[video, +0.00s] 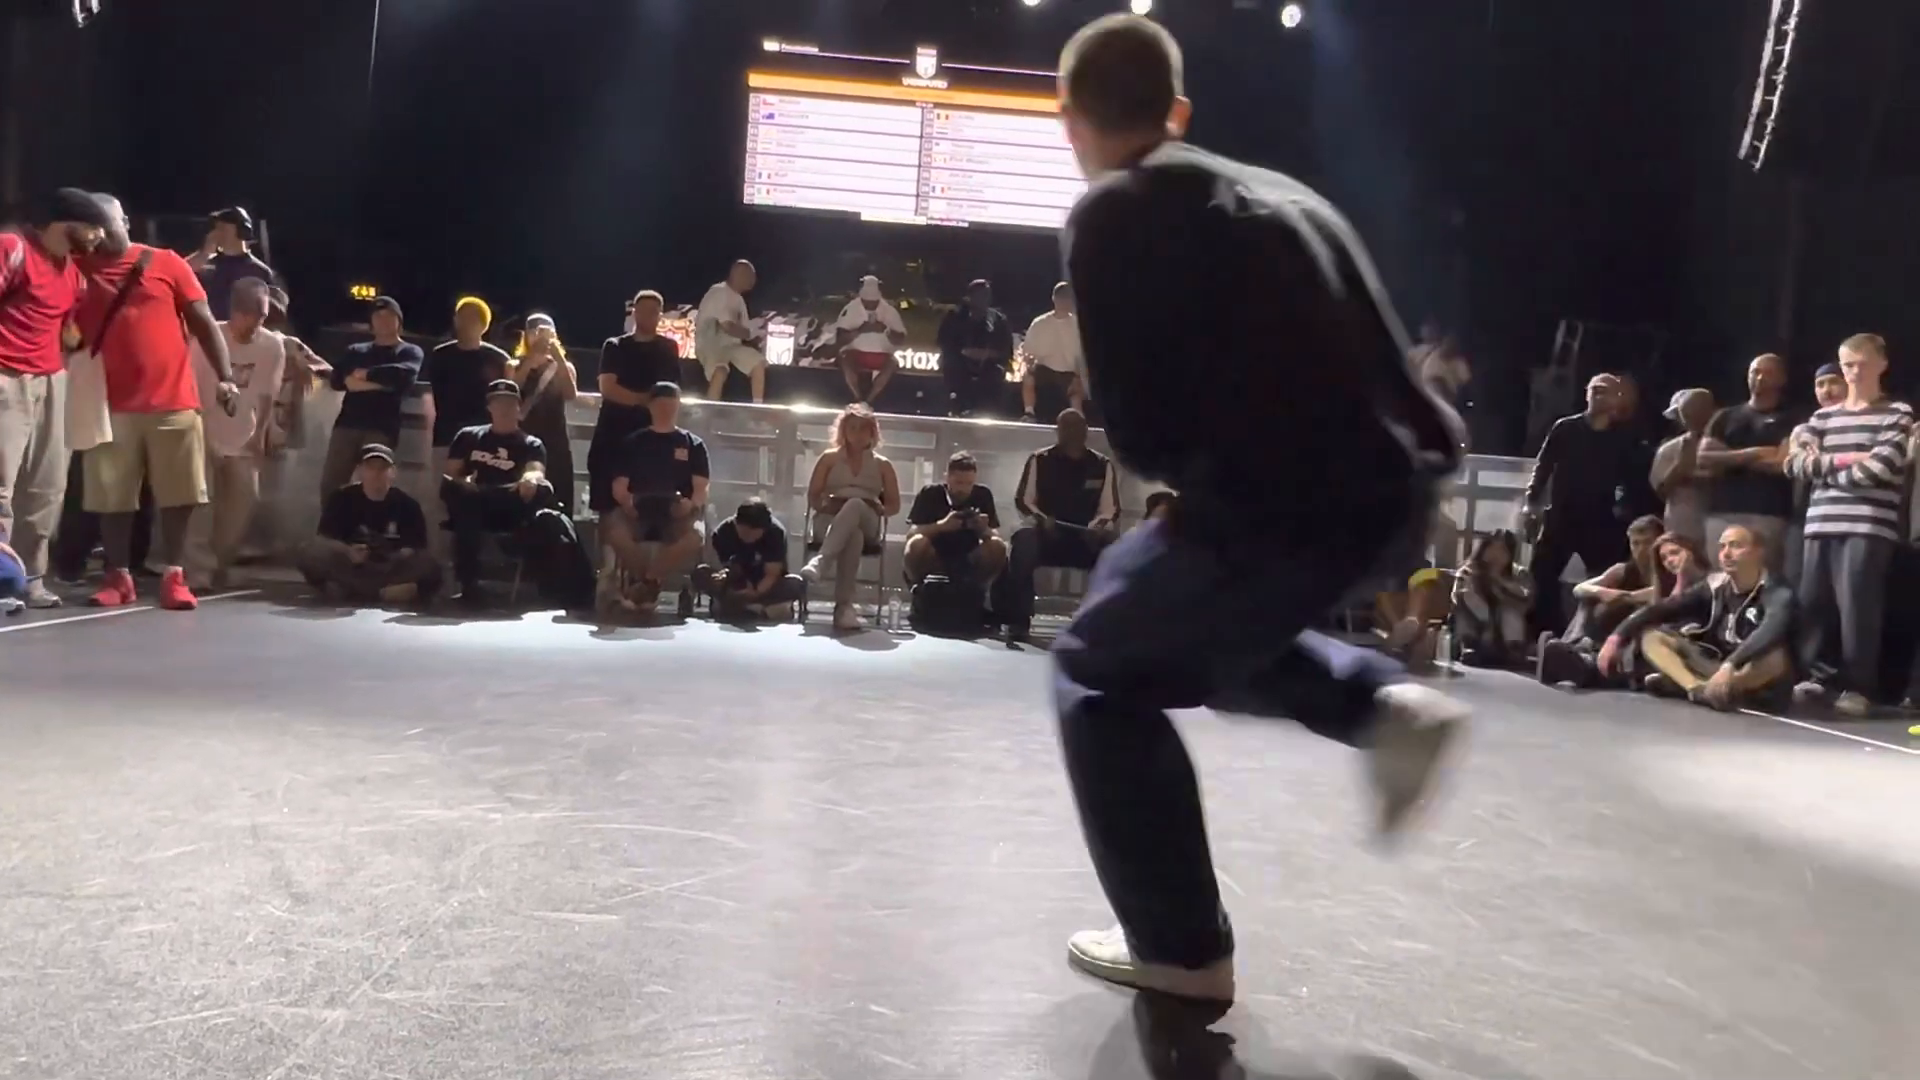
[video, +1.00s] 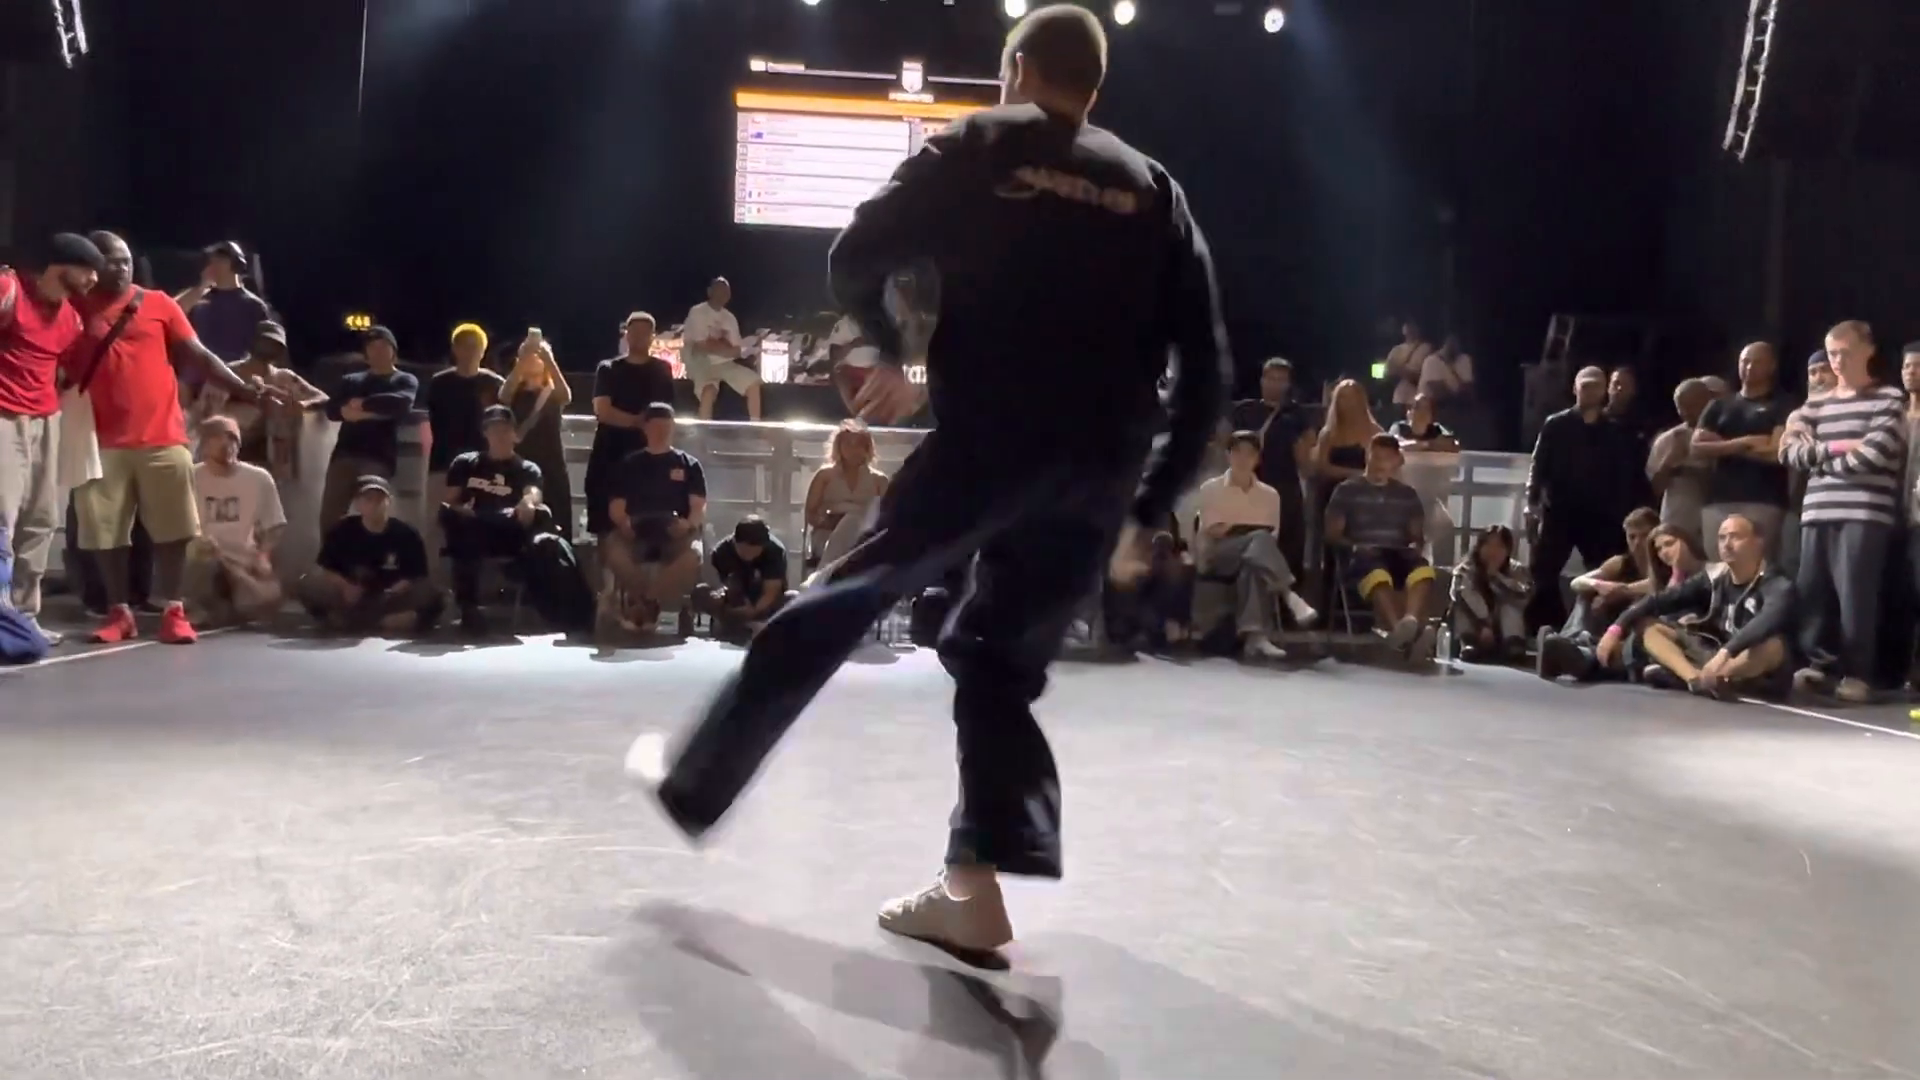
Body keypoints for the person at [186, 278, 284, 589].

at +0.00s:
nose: (256, 322)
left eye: (262, 316)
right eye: (251, 315)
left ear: (265, 314)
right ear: (235, 310)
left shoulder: (273, 346)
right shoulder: (207, 337)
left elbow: (270, 395)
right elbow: (190, 382)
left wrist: (261, 434)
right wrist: (193, 428)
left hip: (245, 437)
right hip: (205, 433)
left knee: (245, 495)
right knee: (202, 501)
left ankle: (221, 555)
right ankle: (197, 569)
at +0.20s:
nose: (233, 359)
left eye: (240, 353)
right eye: (229, 350)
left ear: (251, 354)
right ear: (218, 345)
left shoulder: (264, 379)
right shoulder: (194, 375)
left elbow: (269, 431)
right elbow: (182, 425)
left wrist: (246, 466)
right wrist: (197, 470)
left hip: (237, 470)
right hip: (198, 467)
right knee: (195, 521)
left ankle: (218, 576)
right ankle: (190, 578)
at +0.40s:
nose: (241, 401)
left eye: (248, 395)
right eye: (235, 394)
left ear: (257, 400)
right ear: (223, 397)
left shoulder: (265, 431)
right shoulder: (199, 427)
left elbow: (270, 475)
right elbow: (182, 464)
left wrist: (257, 500)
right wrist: (190, 499)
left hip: (243, 511)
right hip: (204, 510)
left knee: (264, 541)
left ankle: (223, 585)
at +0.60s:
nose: (230, 439)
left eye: (237, 433)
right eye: (225, 432)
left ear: (243, 433)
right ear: (210, 431)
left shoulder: (258, 459)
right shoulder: (189, 455)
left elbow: (261, 500)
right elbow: (183, 501)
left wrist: (246, 524)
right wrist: (207, 519)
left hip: (238, 532)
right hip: (201, 530)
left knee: (265, 544)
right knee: (192, 529)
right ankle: (185, 587)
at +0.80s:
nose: (223, 448)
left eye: (229, 441)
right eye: (216, 441)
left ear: (236, 441)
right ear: (204, 438)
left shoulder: (257, 470)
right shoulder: (187, 466)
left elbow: (264, 519)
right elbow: (183, 513)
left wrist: (253, 541)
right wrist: (204, 528)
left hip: (241, 544)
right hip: (201, 542)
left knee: (269, 566)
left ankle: (221, 586)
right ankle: (189, 595)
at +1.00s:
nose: (228, 447)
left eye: (232, 440)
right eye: (220, 440)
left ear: (238, 444)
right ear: (205, 444)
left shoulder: (259, 479)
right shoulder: (191, 477)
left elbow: (275, 527)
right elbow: (186, 524)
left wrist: (263, 554)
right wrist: (201, 542)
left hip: (244, 560)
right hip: (206, 558)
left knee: (268, 598)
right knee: (199, 548)